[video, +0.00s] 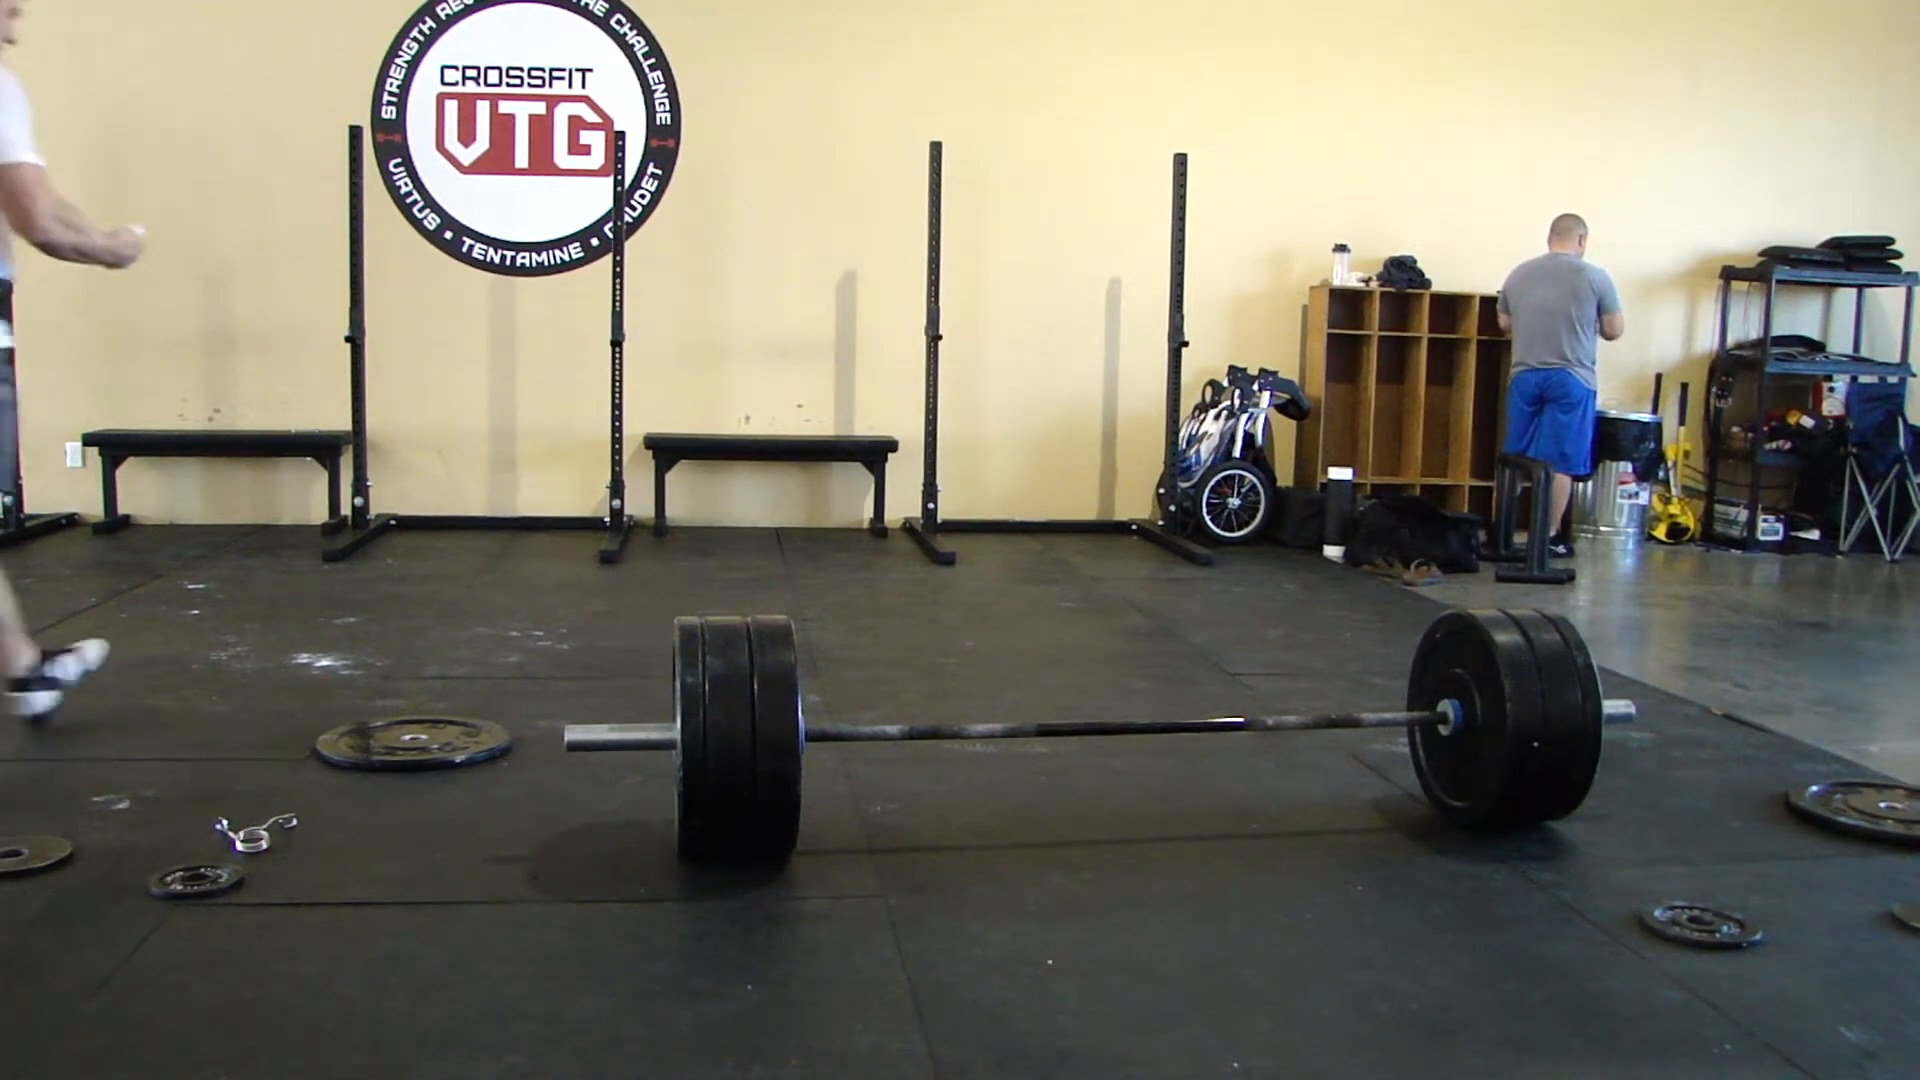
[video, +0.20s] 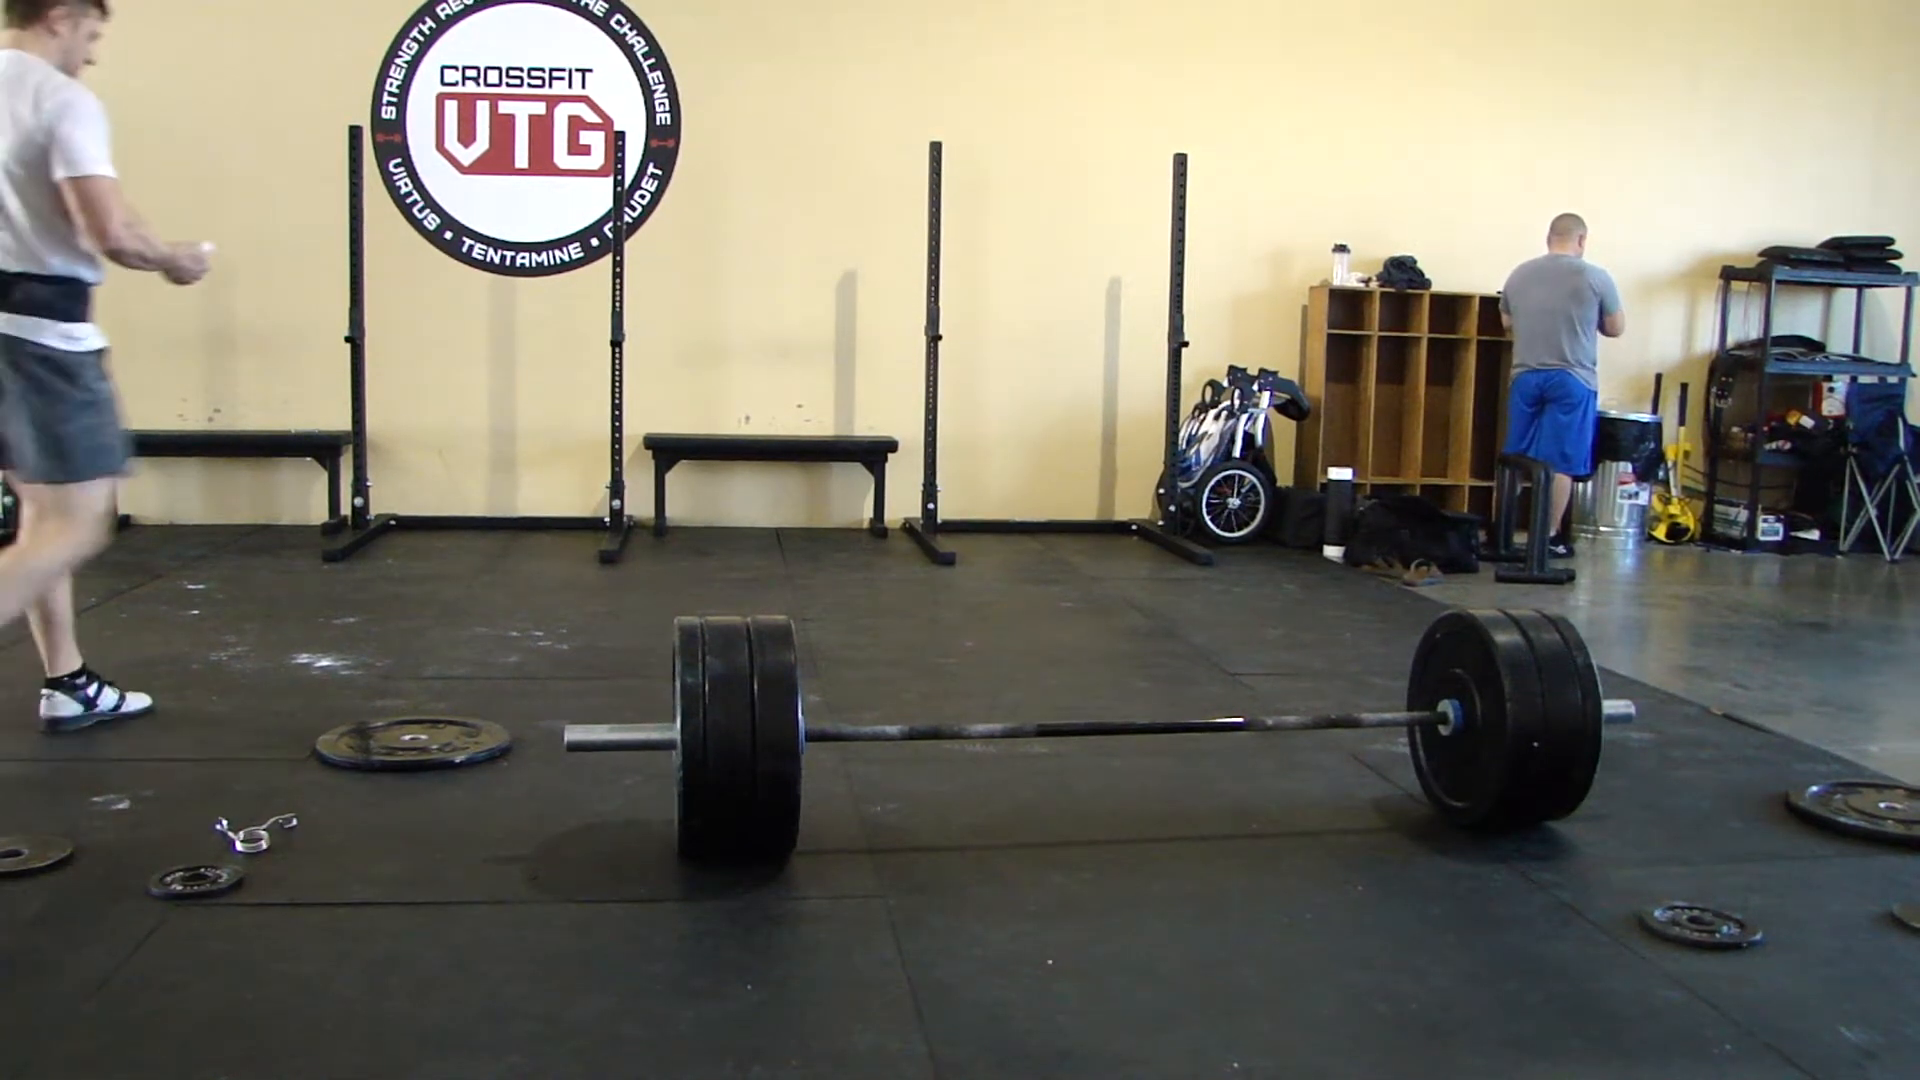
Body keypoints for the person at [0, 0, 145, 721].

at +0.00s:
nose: (20, 15)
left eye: (18, 6)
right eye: (16, 6)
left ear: (7, 15)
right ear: (3, 13)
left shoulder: (10, 87)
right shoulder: (3, 87)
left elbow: (36, 214)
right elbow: (36, 217)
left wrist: (97, 242)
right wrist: (107, 246)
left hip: (1, 343)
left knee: (1, 509)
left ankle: (25, 666)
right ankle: (22, 667)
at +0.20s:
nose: (97, 47)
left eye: (100, 32)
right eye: (94, 29)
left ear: (31, 18)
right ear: (57, 17)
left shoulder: (4, 80)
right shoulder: (61, 99)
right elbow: (110, 234)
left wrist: (155, 253)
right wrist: (173, 259)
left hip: (9, 319)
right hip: (43, 327)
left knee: (40, 506)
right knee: (83, 520)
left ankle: (66, 681)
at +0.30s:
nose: (135, 50)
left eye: (140, 35)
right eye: (134, 32)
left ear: (79, 18)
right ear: (97, 19)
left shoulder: (10, 75)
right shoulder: (98, 97)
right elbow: (133, 223)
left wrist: (166, 232)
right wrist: (203, 247)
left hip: (19, 324)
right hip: (88, 328)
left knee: (65, 502)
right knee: (159, 496)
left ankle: (68, 678)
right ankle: (20, 625)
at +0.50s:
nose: (211, 69)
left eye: (217, 55)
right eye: (209, 52)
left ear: (156, 32)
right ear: (175, 34)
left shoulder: (75, 102)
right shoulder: (173, 109)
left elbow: (103, 216)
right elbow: (201, 227)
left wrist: (232, 216)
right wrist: (274, 233)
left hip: (93, 322)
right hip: (167, 328)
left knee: (92, 500)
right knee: (242, 484)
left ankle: (71, 680)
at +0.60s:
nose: (255, 81)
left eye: (259, 66)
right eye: (250, 64)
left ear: (200, 51)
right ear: (217, 50)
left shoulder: (131, 115)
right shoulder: (214, 124)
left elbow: (173, 228)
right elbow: (249, 244)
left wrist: (281, 224)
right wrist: (312, 235)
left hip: (140, 334)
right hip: (210, 345)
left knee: (121, 500)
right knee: (269, 497)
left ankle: (75, 676)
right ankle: (333, 645)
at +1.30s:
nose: (519, 112)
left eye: (521, 100)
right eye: (516, 99)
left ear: (464, 94)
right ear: (487, 94)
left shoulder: (425, 152)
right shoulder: (484, 155)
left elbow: (462, 243)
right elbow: (537, 254)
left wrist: (545, 235)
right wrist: (578, 238)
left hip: (449, 338)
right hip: (483, 344)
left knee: (502, 481)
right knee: (463, 492)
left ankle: (530, 612)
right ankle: (373, 625)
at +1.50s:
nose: (581, 109)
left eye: (584, 98)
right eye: (573, 95)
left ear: (536, 93)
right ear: (536, 87)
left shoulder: (509, 140)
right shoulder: (539, 148)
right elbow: (579, 247)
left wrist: (605, 239)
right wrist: (636, 246)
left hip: (515, 328)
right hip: (553, 333)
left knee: (546, 470)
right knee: (606, 472)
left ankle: (534, 608)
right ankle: (493, 566)